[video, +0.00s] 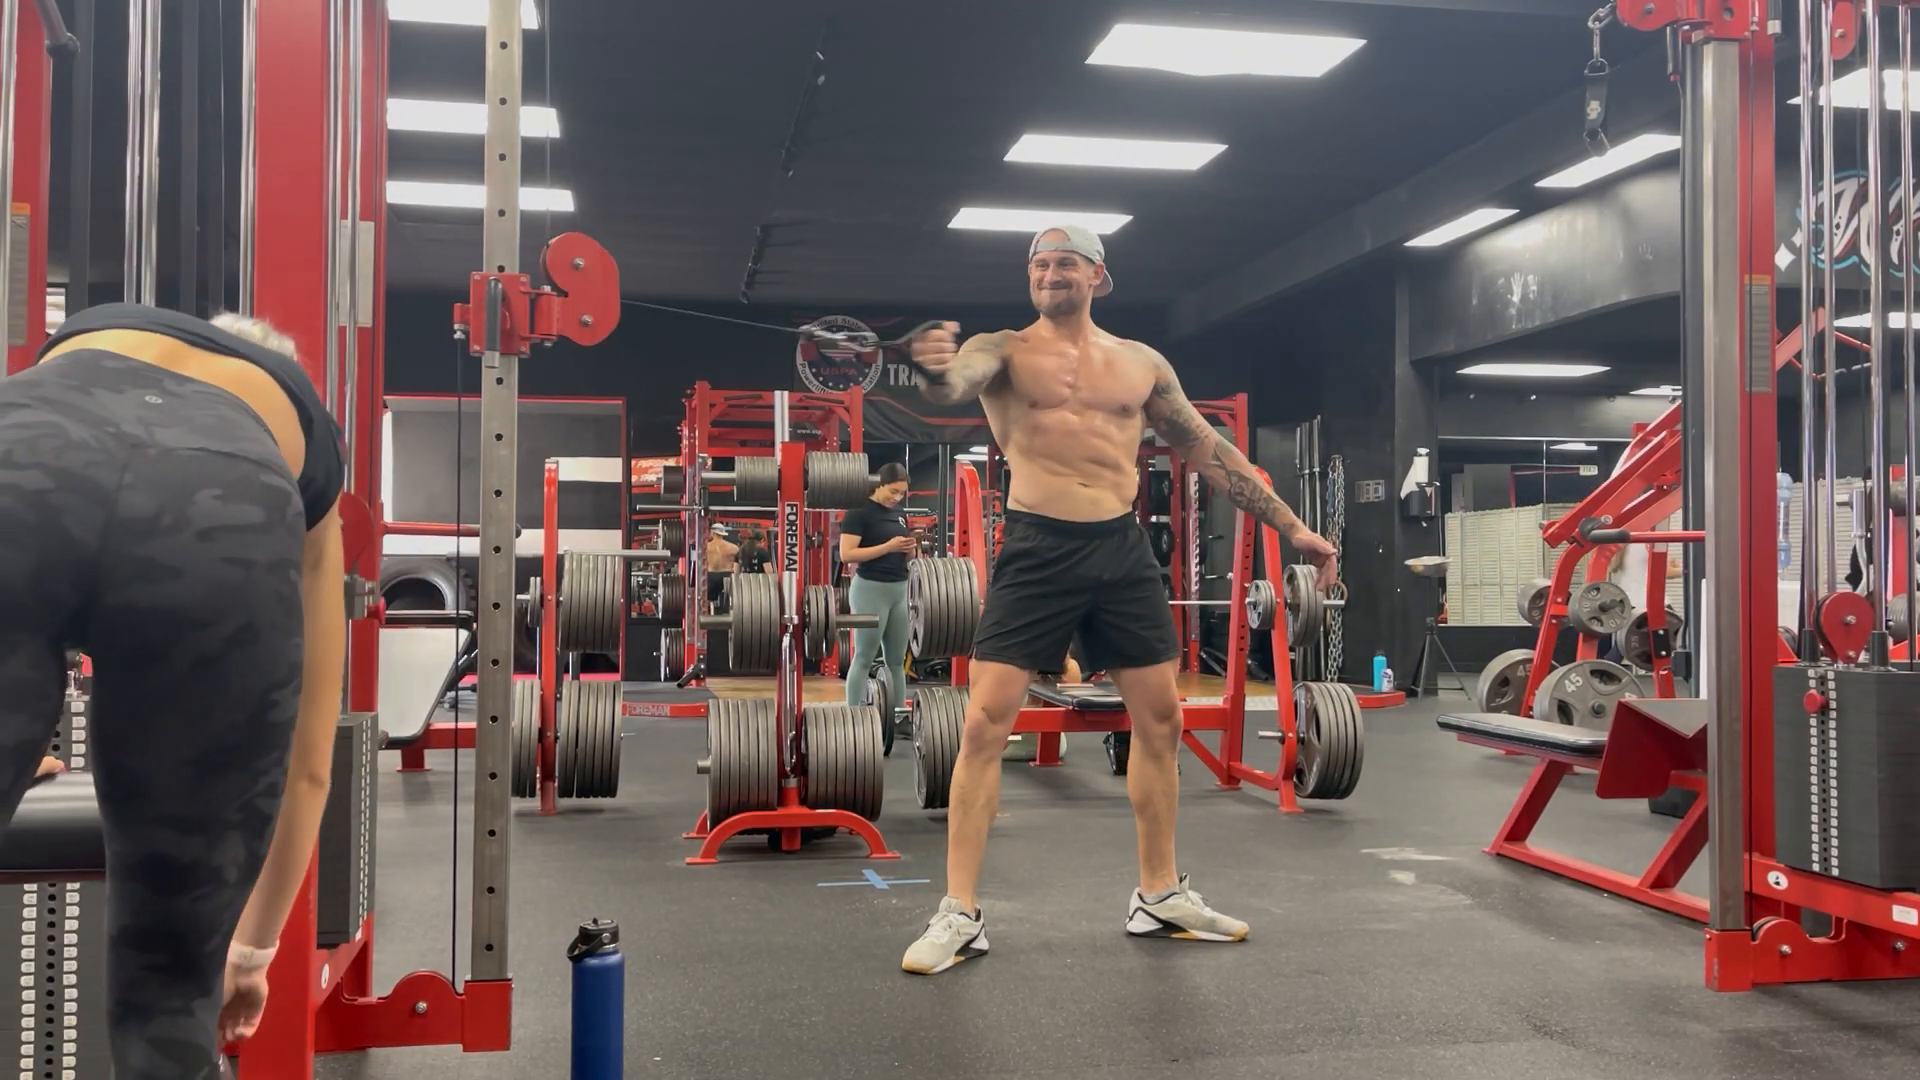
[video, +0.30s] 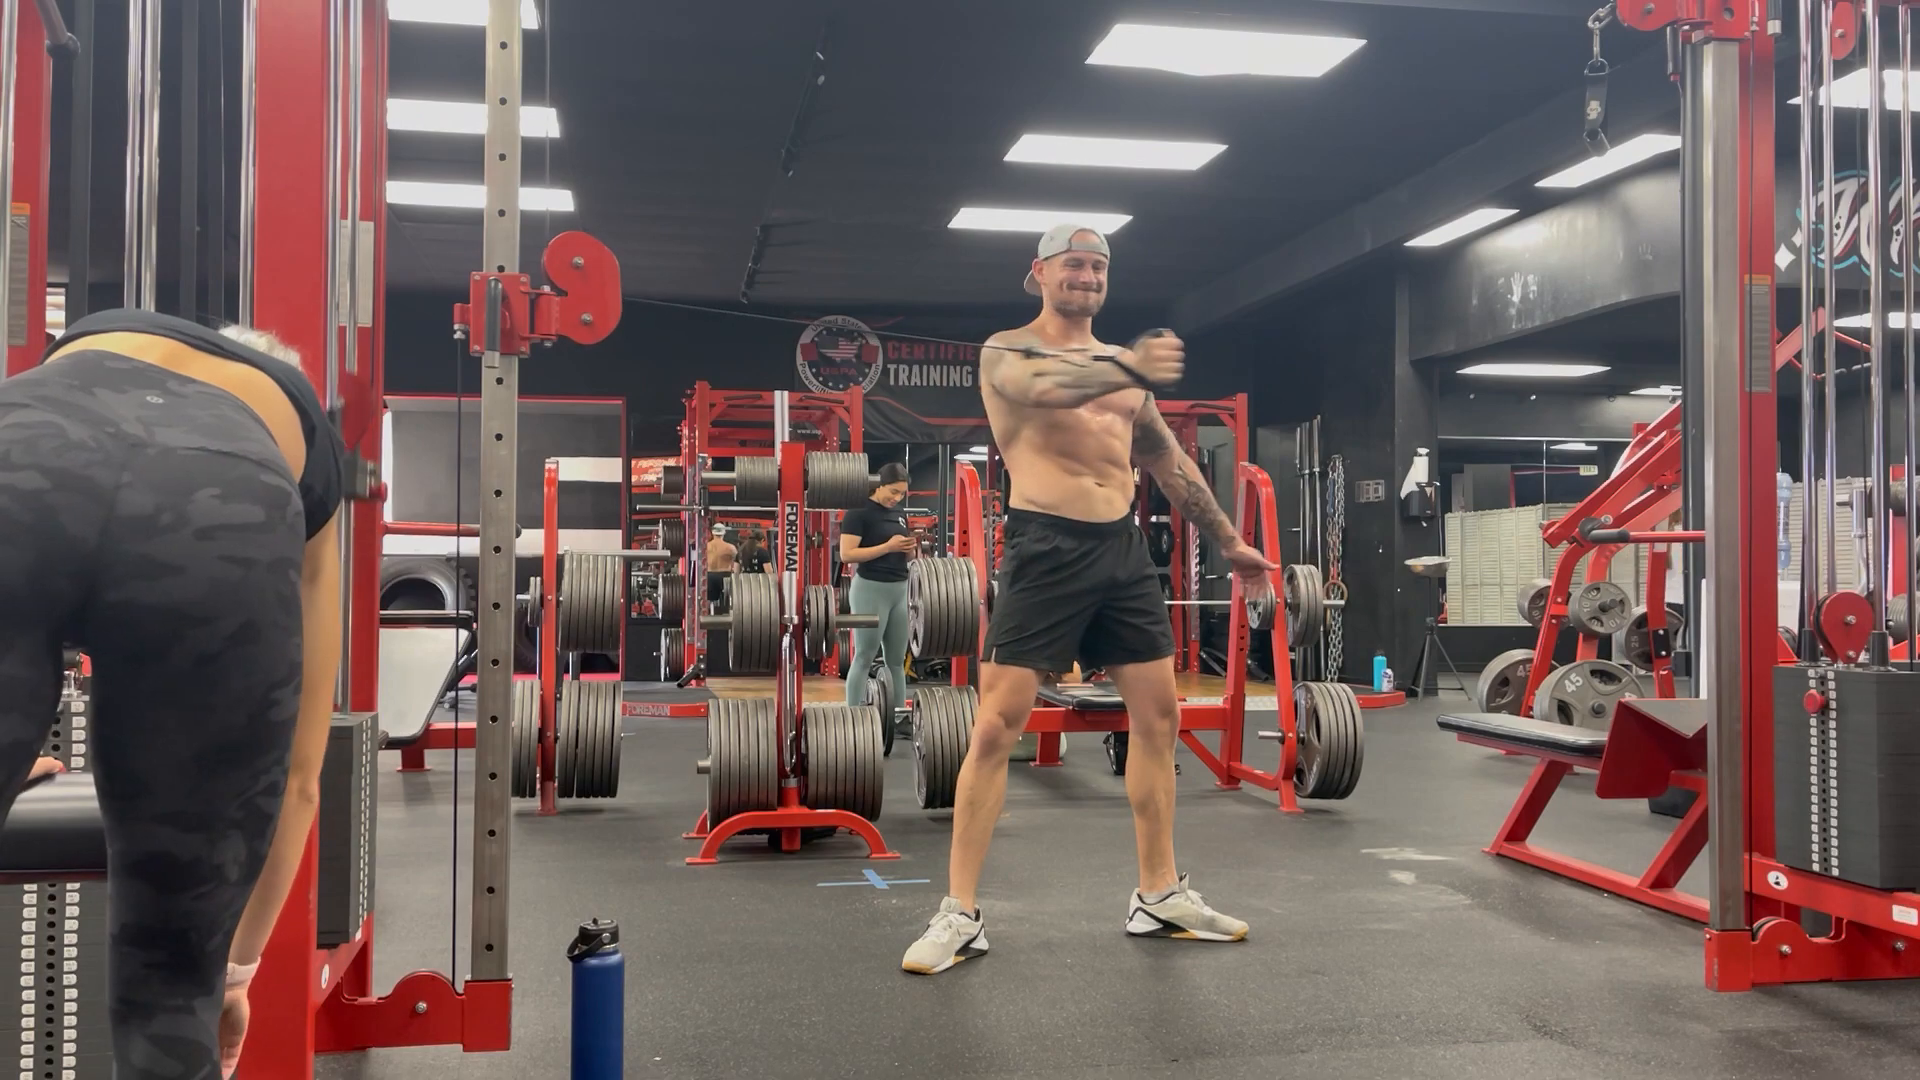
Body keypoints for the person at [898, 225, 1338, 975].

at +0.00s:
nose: (1052, 272)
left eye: (1067, 262)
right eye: (1042, 262)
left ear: (1098, 279)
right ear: (1029, 277)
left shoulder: (1143, 364)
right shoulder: (1001, 347)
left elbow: (1217, 456)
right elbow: (949, 385)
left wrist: (1296, 529)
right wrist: (926, 364)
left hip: (1122, 549)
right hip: (1033, 550)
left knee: (1161, 719)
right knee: (983, 724)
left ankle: (1159, 894)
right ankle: (959, 908)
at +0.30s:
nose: (1086, 274)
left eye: (1096, 265)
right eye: (1070, 262)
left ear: (1107, 282)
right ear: (1037, 277)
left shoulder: (1123, 371)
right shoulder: (1004, 349)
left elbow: (1173, 466)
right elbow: (1042, 384)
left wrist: (1230, 541)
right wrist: (1131, 366)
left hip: (1124, 553)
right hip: (1042, 548)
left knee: (1157, 715)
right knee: (992, 729)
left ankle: (1159, 893)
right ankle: (958, 909)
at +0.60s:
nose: (1113, 280)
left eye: (1117, 271)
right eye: (1099, 266)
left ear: (1107, 286)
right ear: (1054, 274)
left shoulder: (1107, 368)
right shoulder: (1028, 348)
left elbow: (1129, 470)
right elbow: (1137, 380)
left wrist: (1173, 543)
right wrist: (1266, 375)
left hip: (1128, 553)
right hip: (1054, 552)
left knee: (1157, 716)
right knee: (1010, 732)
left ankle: (1159, 894)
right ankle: (960, 910)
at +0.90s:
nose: (1126, 289)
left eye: (1129, 277)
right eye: (1116, 275)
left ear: (1091, 280)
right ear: (1072, 275)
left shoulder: (1096, 355)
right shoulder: (1058, 342)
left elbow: (1172, 395)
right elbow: (1163, 392)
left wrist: (1259, 398)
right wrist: (1270, 401)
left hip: (1121, 555)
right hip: (1056, 551)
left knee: (1151, 720)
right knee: (1013, 734)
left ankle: (1158, 894)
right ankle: (960, 911)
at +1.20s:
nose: (1124, 286)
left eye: (1126, 275)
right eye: (1112, 272)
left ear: (1097, 283)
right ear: (1065, 274)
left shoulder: (1099, 356)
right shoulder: (1047, 342)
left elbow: (1175, 395)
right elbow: (1157, 388)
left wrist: (1268, 393)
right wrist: (1275, 394)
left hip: (1126, 553)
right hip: (1056, 549)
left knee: (1148, 723)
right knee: (1014, 735)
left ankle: (1159, 895)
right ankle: (961, 911)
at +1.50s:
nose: (1108, 282)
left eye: (1113, 272)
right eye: (1094, 267)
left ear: (1109, 285)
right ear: (1049, 273)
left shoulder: (1108, 368)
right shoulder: (1024, 345)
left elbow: (1138, 472)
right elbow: (1126, 382)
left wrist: (1184, 544)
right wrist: (1256, 379)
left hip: (1127, 553)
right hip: (1053, 550)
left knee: (1148, 723)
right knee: (1007, 735)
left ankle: (1157, 894)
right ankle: (961, 911)